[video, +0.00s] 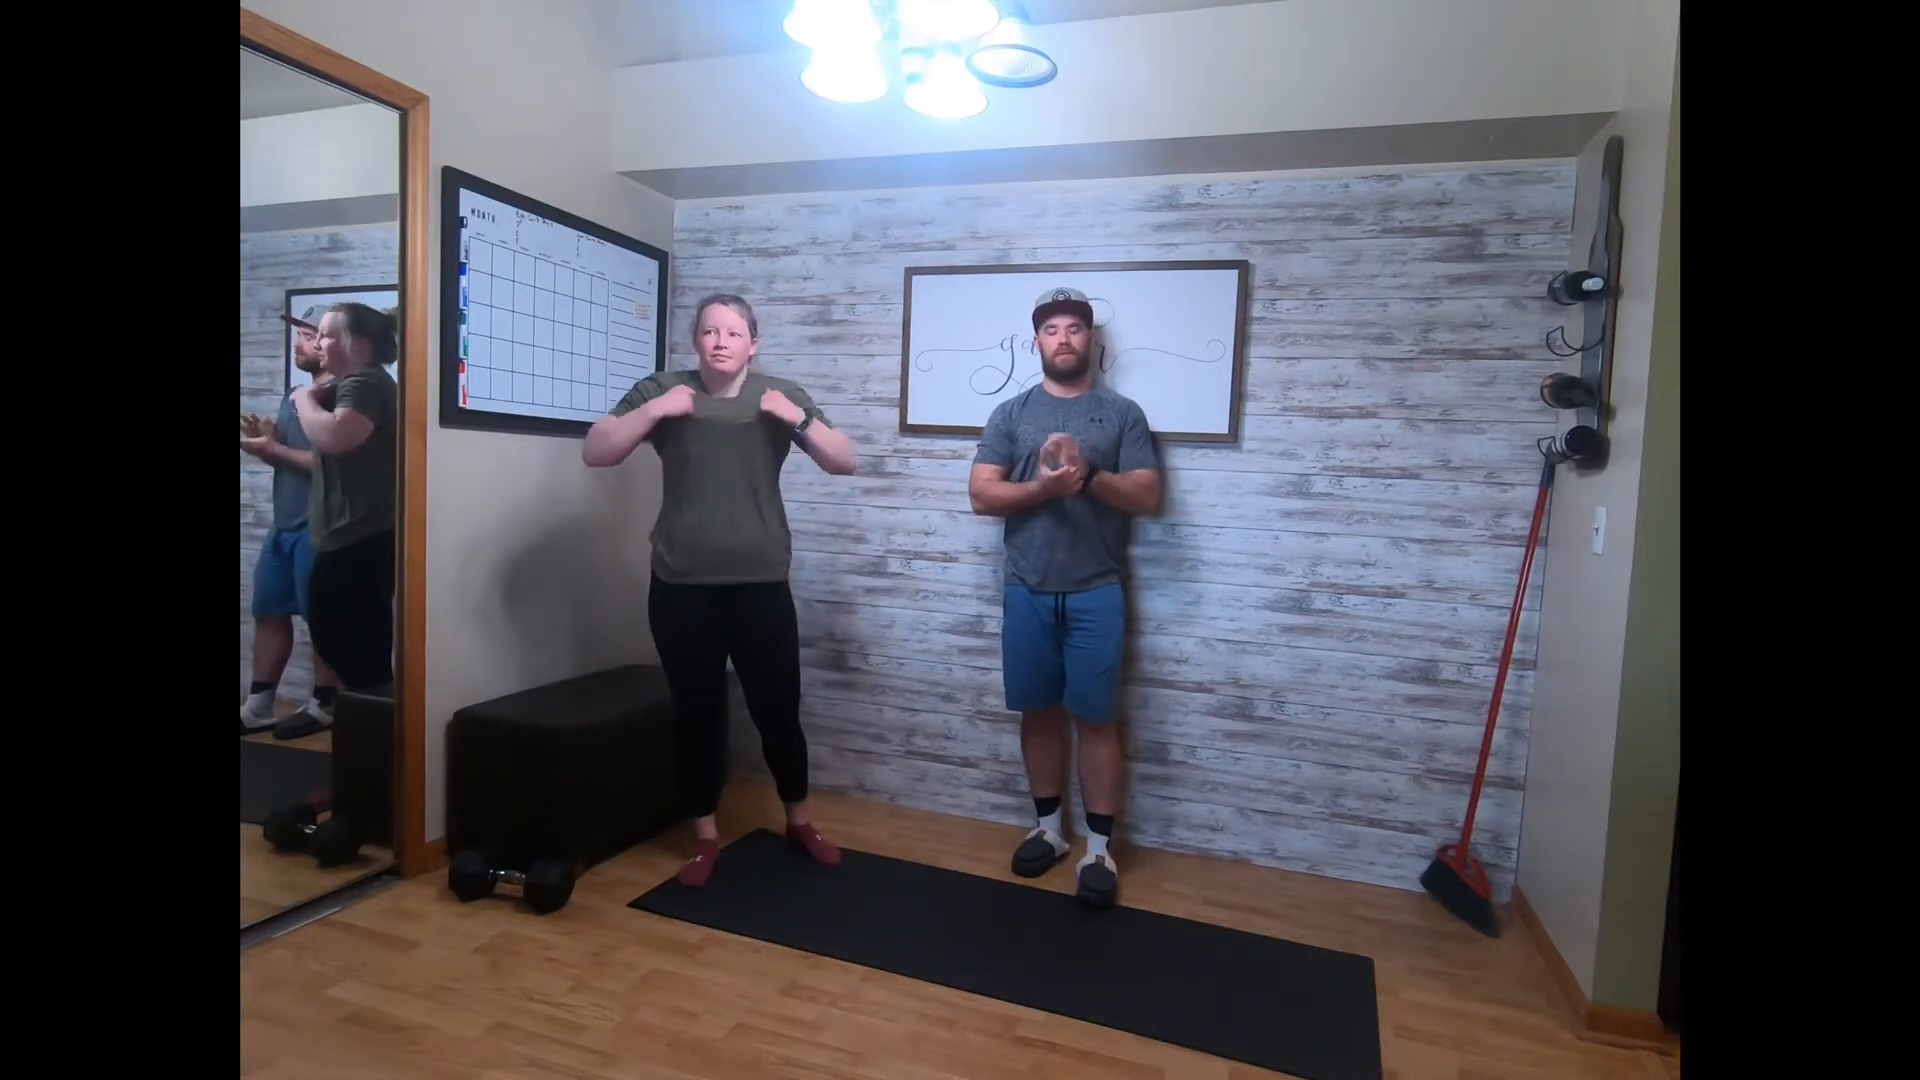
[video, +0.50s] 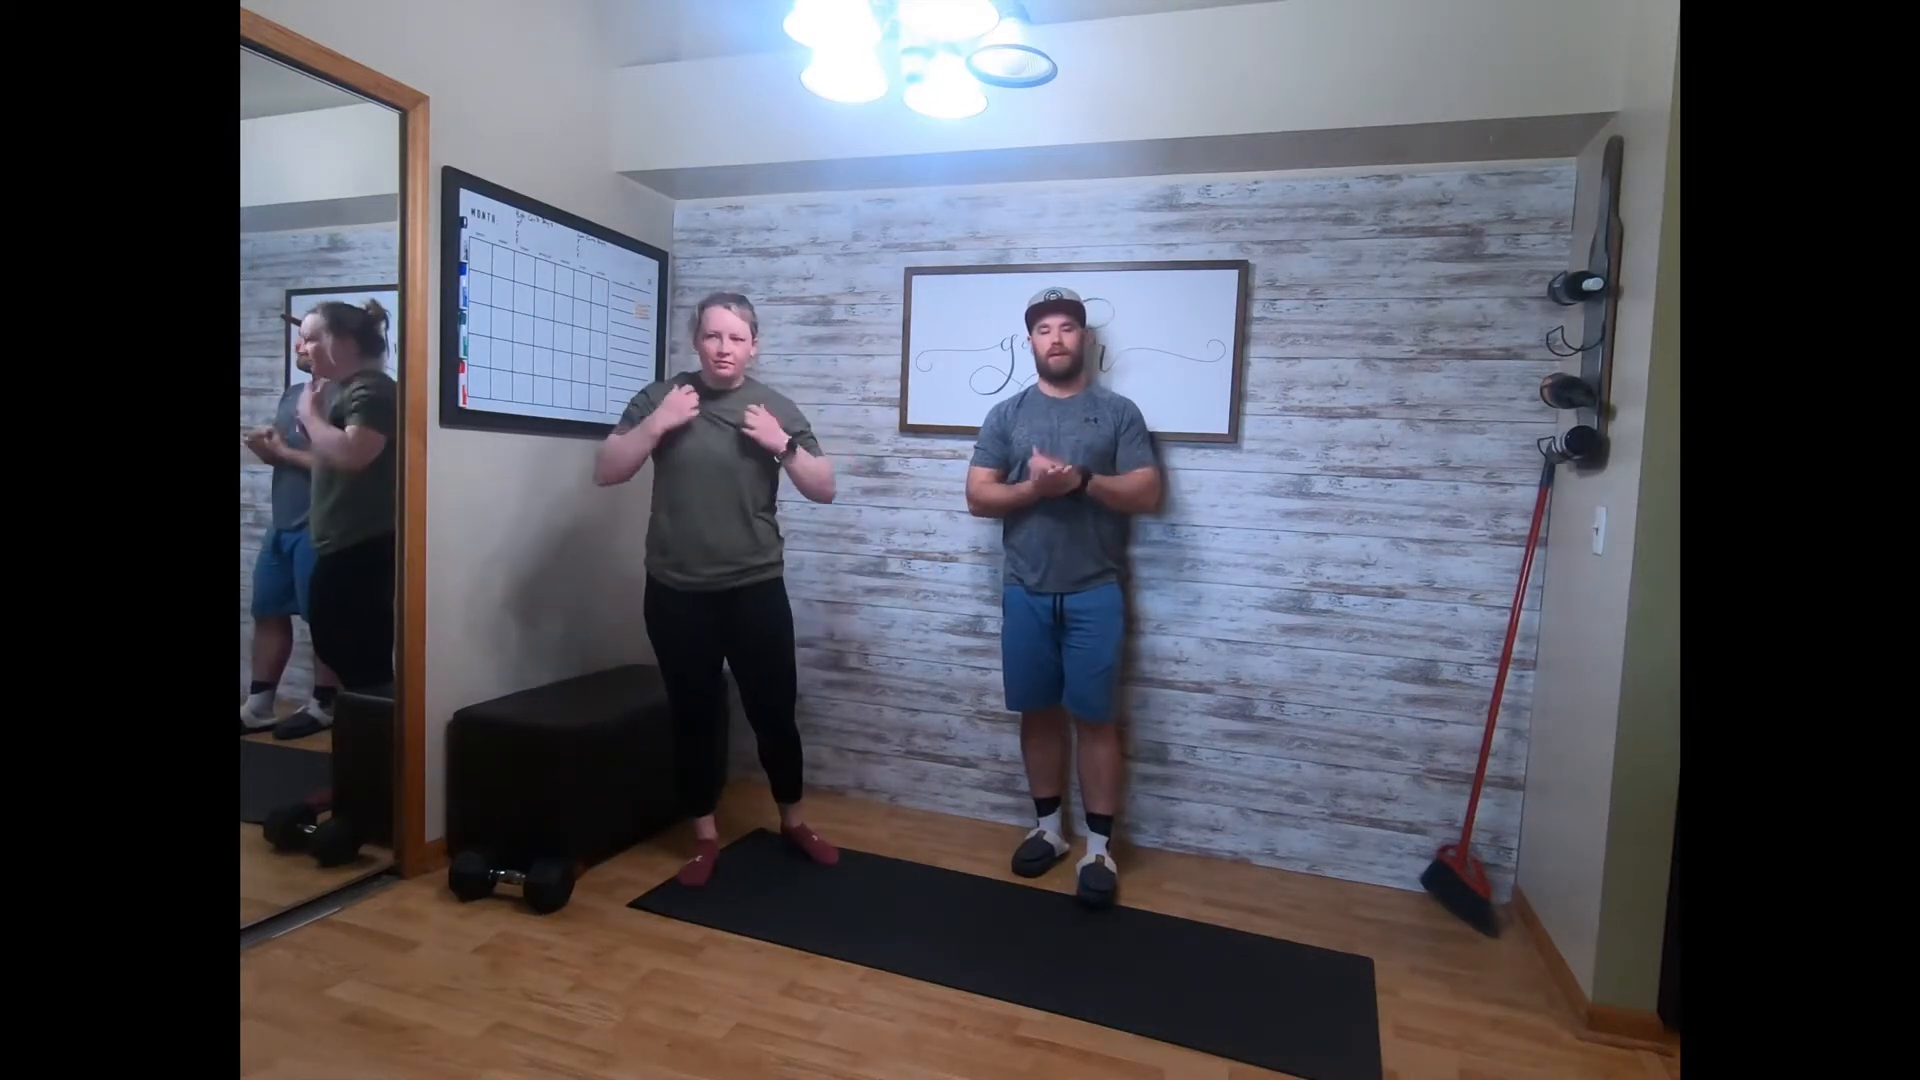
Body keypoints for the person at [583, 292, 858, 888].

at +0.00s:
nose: (720, 341)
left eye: (732, 333)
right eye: (709, 333)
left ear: (752, 343)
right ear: (695, 342)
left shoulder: (778, 396)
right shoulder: (664, 390)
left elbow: (845, 462)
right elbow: (595, 453)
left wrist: (799, 419)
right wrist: (655, 409)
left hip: (761, 584)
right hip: (681, 584)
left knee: (780, 713)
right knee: (696, 716)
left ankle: (801, 824)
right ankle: (707, 840)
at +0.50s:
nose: (723, 348)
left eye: (735, 338)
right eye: (712, 337)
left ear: (753, 347)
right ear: (696, 343)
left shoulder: (775, 408)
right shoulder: (661, 398)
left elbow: (824, 488)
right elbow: (605, 472)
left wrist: (785, 447)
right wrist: (658, 423)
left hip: (755, 584)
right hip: (677, 586)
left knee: (776, 713)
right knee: (694, 719)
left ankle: (794, 823)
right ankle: (706, 839)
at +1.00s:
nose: (727, 349)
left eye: (739, 339)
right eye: (717, 337)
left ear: (757, 347)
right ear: (698, 341)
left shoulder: (775, 407)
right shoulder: (658, 399)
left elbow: (833, 468)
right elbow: (592, 458)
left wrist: (809, 486)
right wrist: (648, 479)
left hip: (758, 590)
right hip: (680, 590)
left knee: (777, 712)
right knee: (696, 717)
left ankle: (796, 823)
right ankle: (706, 839)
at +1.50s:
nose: (751, 392)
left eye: (761, 381)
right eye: (741, 380)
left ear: (775, 367)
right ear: (717, 359)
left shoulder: (788, 410)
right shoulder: (667, 401)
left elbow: (816, 470)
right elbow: (613, 456)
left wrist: (805, 531)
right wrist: (624, 528)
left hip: (764, 587)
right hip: (686, 586)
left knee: (779, 709)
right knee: (696, 713)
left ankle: (797, 824)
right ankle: (707, 838)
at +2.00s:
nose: (765, 401)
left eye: (775, 390)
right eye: (756, 389)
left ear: (788, 375)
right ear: (730, 368)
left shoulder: (797, 422)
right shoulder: (678, 410)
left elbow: (800, 491)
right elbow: (635, 485)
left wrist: (754, 520)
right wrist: (689, 522)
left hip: (767, 589)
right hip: (691, 587)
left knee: (781, 709)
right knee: (700, 710)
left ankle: (796, 824)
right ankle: (707, 837)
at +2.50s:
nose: (766, 395)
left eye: (776, 384)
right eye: (758, 384)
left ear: (788, 372)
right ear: (729, 365)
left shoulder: (798, 422)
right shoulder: (678, 411)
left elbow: (801, 496)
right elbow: (635, 486)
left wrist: (751, 520)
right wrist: (689, 522)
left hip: (767, 590)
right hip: (692, 587)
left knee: (778, 709)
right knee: (701, 710)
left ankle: (796, 824)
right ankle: (706, 835)